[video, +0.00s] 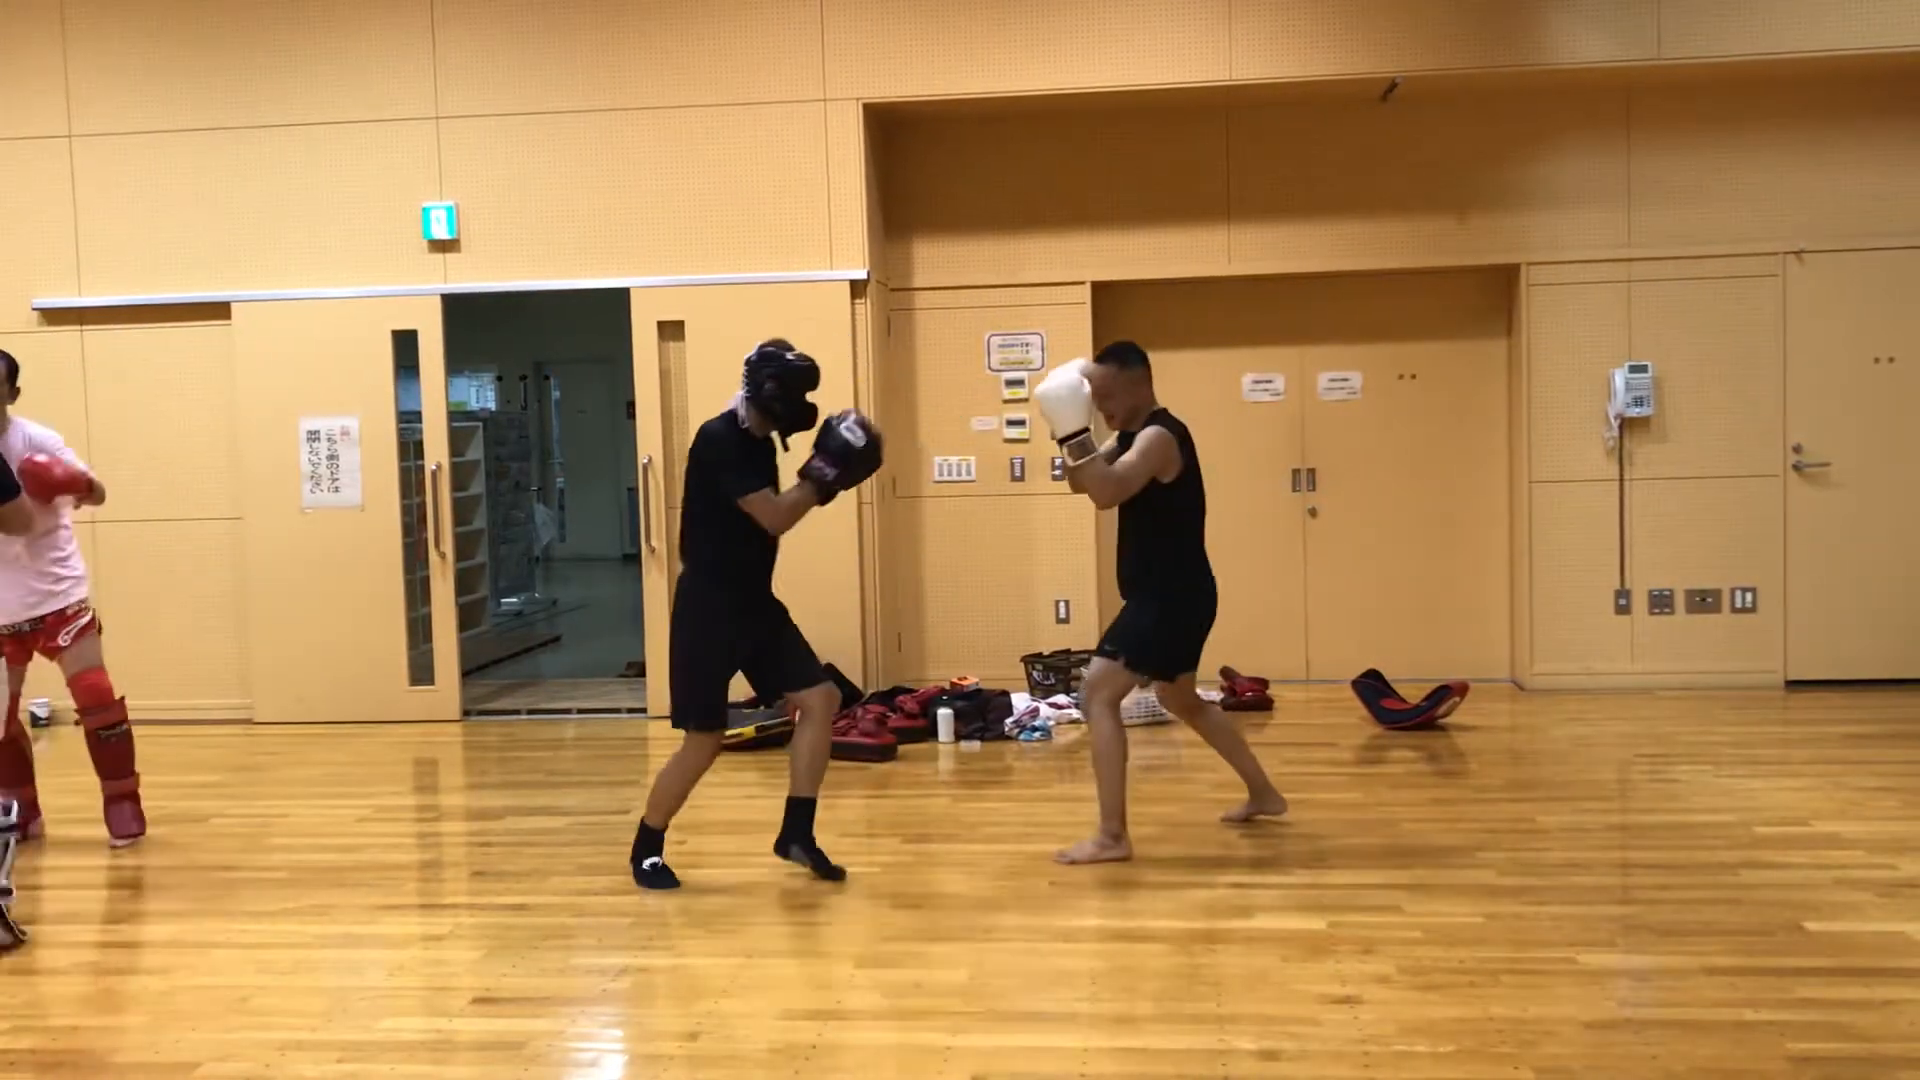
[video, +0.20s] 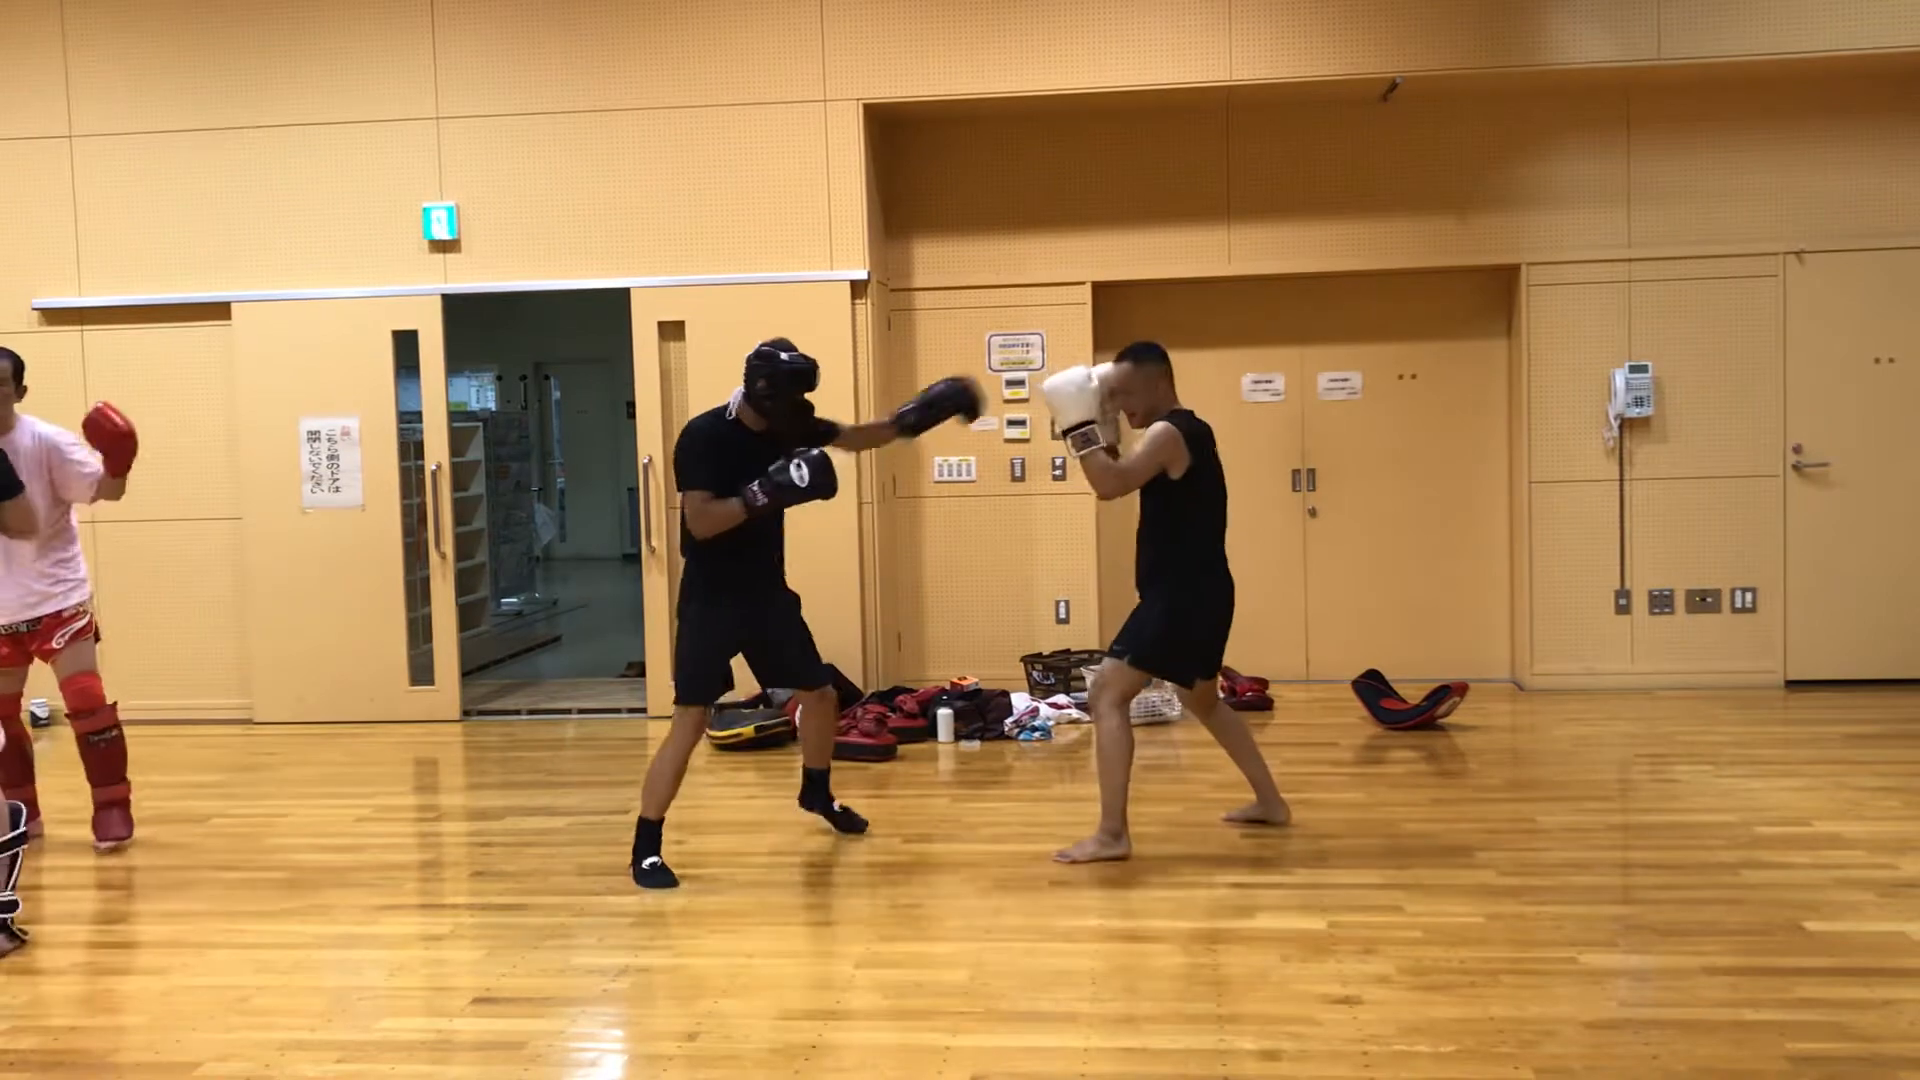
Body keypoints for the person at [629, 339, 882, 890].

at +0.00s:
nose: (782, 422)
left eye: (785, 414)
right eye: (778, 411)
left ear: (774, 402)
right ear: (759, 395)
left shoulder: (759, 440)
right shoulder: (718, 439)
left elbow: (780, 513)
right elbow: (775, 517)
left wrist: (827, 472)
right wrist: (820, 471)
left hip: (753, 604)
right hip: (706, 607)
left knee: (819, 699)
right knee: (703, 741)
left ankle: (797, 834)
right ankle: (646, 848)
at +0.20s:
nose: (799, 411)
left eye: (800, 402)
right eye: (790, 403)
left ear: (790, 395)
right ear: (759, 395)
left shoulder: (787, 427)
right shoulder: (702, 438)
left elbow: (851, 436)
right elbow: (700, 522)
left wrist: (912, 417)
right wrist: (769, 490)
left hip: (768, 597)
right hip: (709, 602)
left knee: (819, 694)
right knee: (691, 720)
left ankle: (816, 794)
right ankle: (646, 847)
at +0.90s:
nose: (758, 413)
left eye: (760, 405)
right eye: (752, 404)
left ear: (749, 403)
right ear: (722, 398)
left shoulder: (752, 431)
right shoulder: (672, 447)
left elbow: (805, 478)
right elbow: (696, 527)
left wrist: (807, 426)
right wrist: (743, 473)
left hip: (745, 592)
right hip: (687, 600)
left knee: (805, 682)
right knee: (671, 716)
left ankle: (829, 795)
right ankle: (629, 821)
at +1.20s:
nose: (805, 415)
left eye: (808, 405)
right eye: (796, 406)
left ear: (804, 403)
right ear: (764, 404)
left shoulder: (801, 448)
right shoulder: (715, 452)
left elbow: (855, 491)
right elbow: (702, 533)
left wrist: (875, 461)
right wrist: (755, 498)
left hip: (782, 605)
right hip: (725, 610)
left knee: (847, 692)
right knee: (690, 721)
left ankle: (880, 805)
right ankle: (632, 822)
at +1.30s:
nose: (838, 413)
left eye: (839, 404)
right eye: (829, 405)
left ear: (828, 405)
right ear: (798, 401)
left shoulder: (827, 447)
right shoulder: (750, 445)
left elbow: (877, 489)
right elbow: (726, 522)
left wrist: (911, 456)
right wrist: (779, 488)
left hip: (801, 602)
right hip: (747, 606)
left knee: (863, 688)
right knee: (713, 719)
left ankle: (881, 802)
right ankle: (643, 813)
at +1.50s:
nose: (887, 419)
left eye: (888, 411)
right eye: (883, 410)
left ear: (847, 403)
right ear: (857, 402)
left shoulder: (834, 457)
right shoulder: (819, 428)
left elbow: (825, 543)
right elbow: (896, 433)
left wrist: (881, 519)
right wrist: (959, 414)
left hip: (817, 594)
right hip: (777, 594)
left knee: (882, 684)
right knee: (752, 716)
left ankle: (881, 802)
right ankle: (673, 810)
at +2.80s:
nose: (1071, 386)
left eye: (1080, 376)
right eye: (1063, 375)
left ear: (1093, 376)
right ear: (1047, 372)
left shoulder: (1103, 415)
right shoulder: (1025, 414)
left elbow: (1140, 452)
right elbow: (1000, 476)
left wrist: (1131, 396)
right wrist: (1010, 476)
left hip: (1088, 546)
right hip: (1038, 545)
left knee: (1099, 660)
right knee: (1010, 651)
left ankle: (1107, 764)